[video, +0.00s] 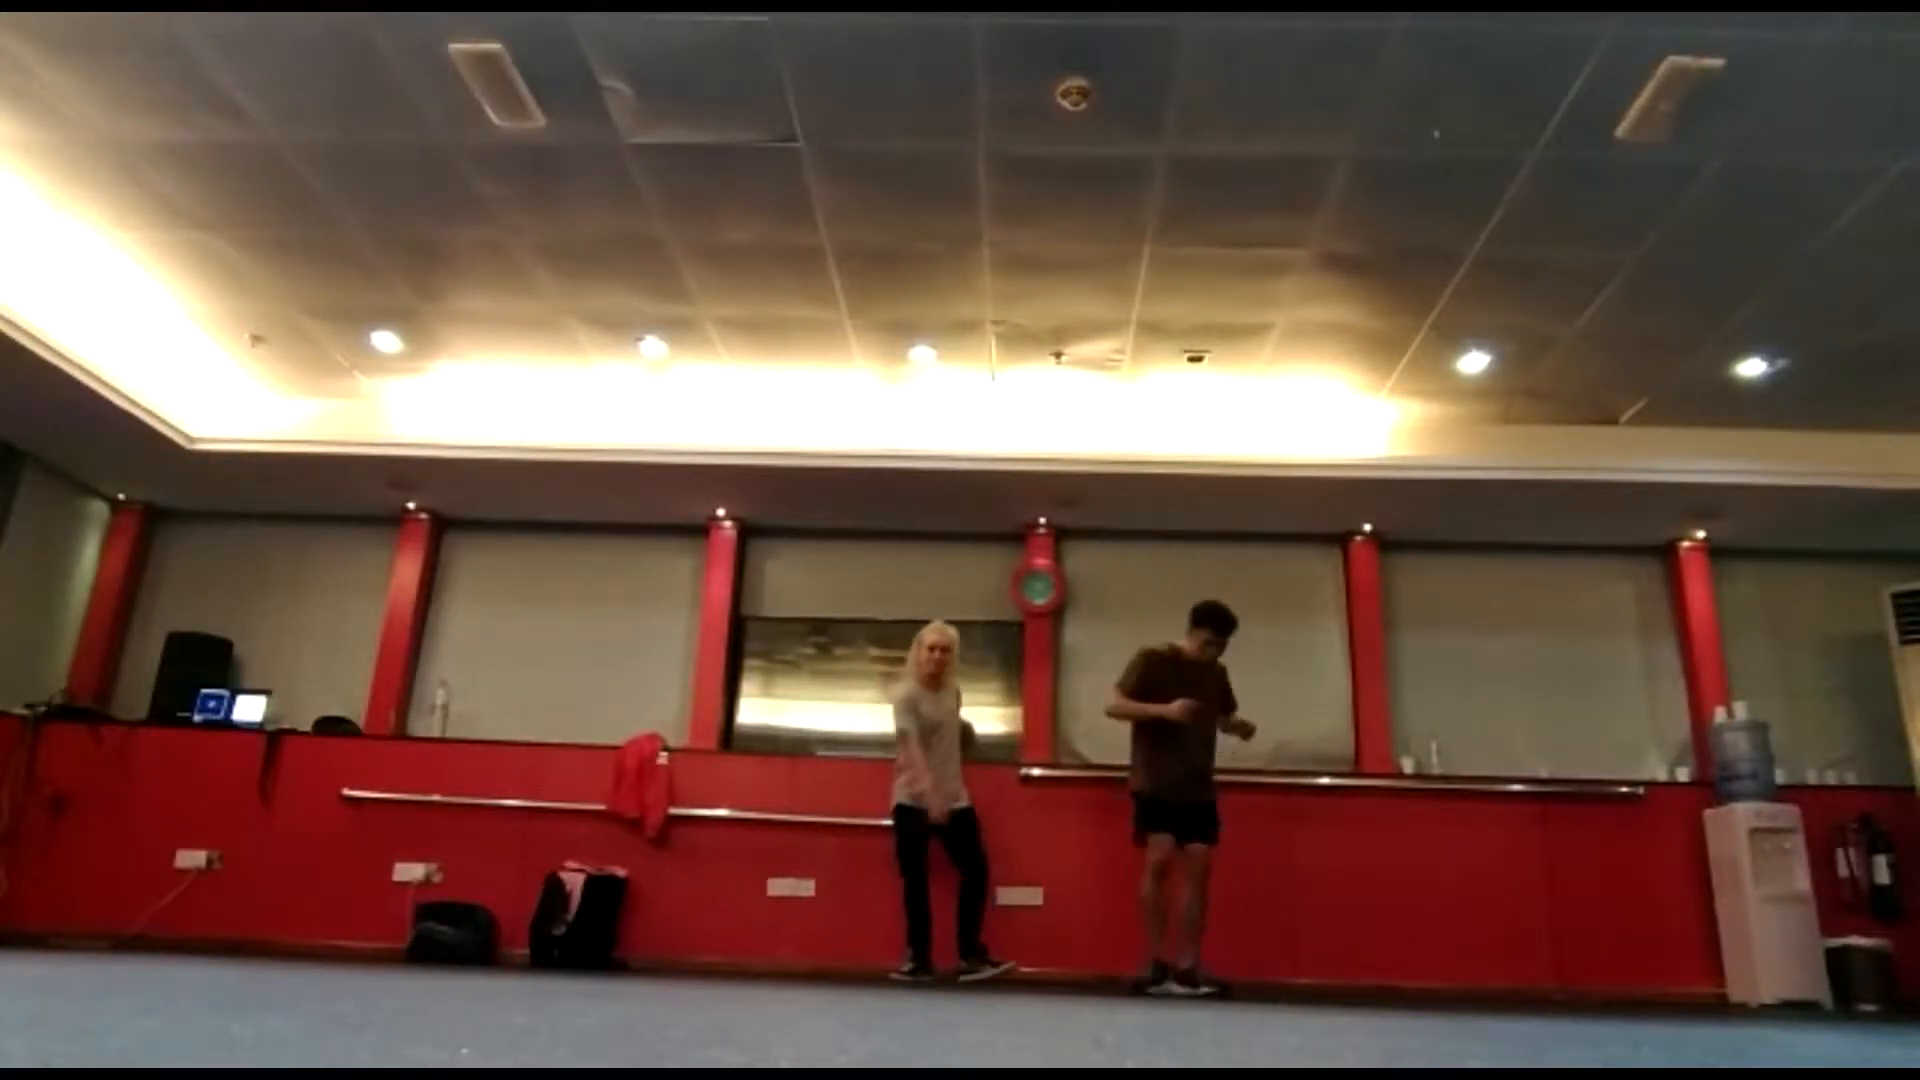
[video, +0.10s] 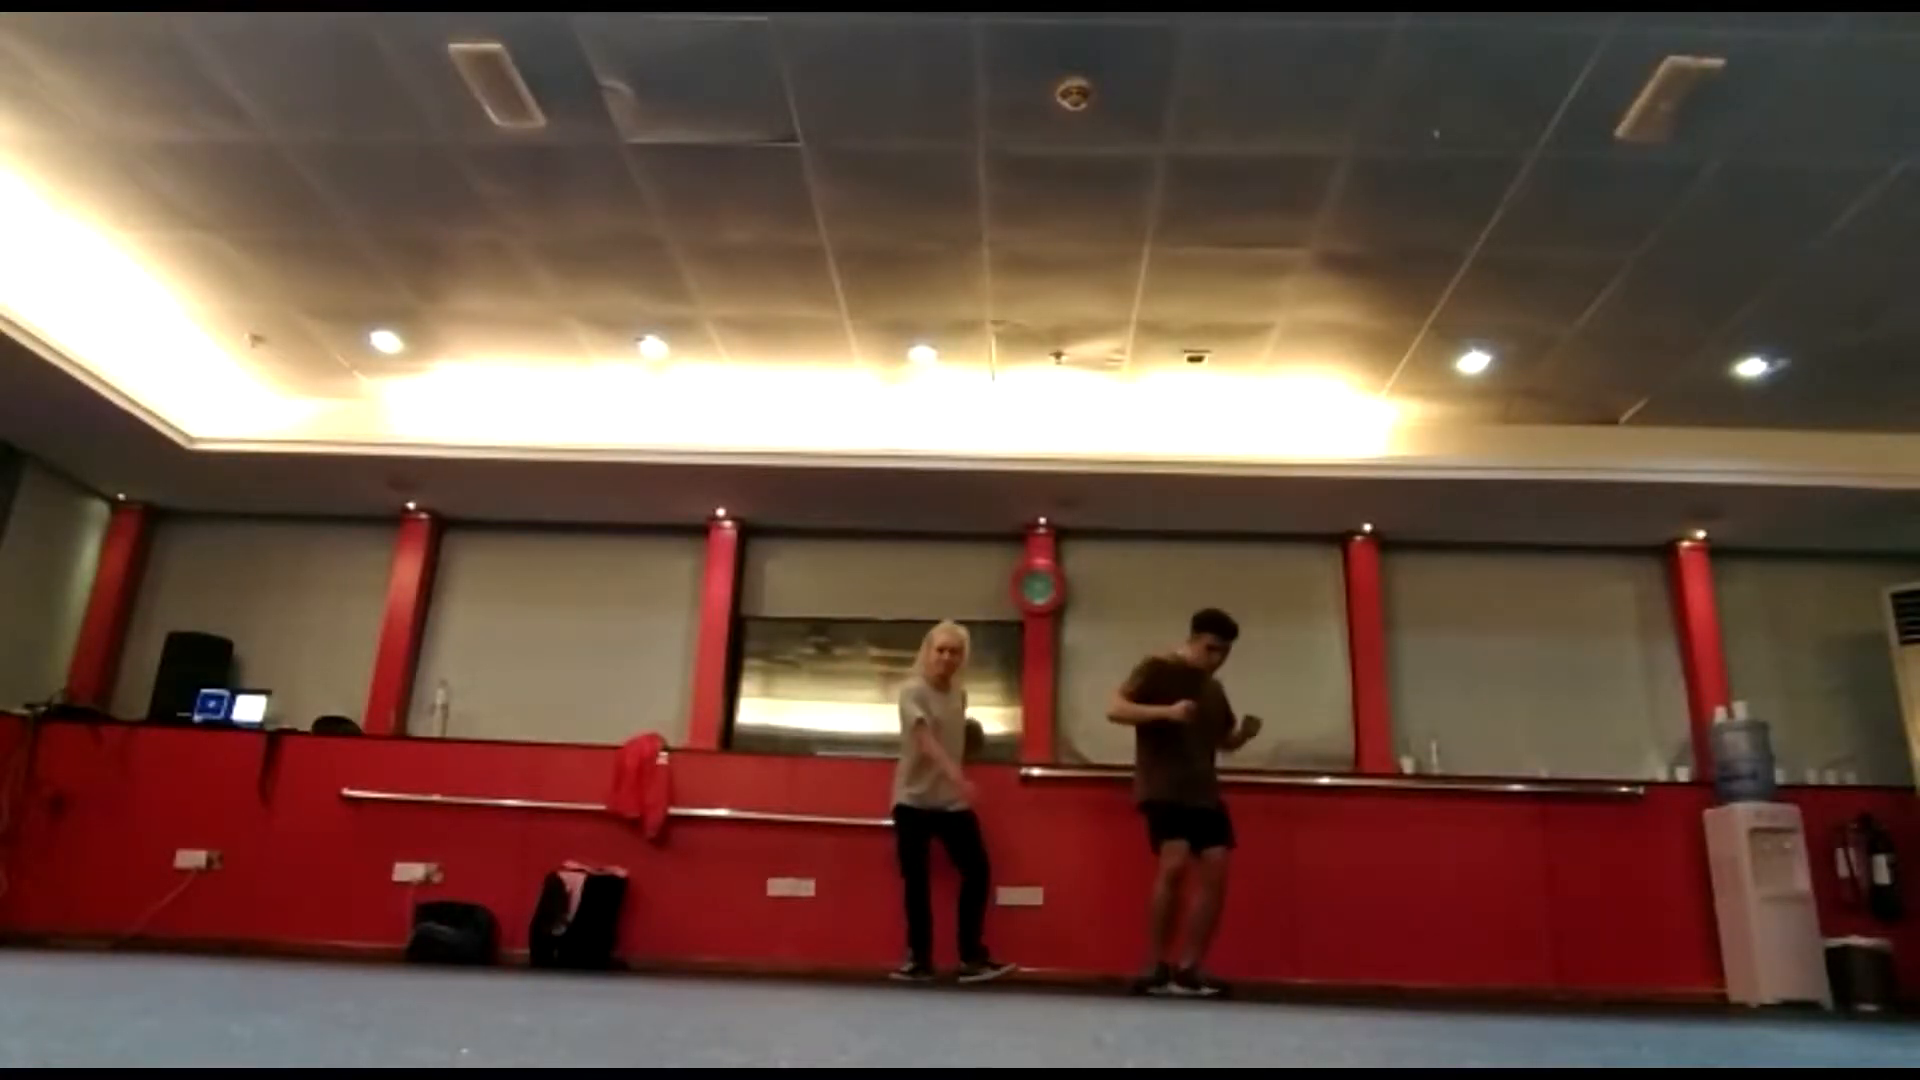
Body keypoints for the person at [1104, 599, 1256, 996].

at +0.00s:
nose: (1211, 655)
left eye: (1217, 648)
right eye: (1208, 645)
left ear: (1222, 644)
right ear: (1193, 633)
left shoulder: (1214, 673)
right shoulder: (1151, 662)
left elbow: (1223, 718)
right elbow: (1115, 705)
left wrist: (1238, 727)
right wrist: (1165, 709)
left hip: (1197, 786)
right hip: (1155, 785)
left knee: (1197, 869)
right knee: (1158, 863)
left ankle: (1188, 965)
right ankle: (1155, 961)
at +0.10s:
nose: (1217, 661)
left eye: (1222, 653)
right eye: (1213, 651)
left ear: (1223, 652)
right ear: (1196, 641)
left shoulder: (1211, 688)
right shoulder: (1156, 669)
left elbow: (1224, 741)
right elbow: (1117, 709)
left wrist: (1244, 733)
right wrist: (1167, 711)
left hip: (1202, 793)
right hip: (1163, 791)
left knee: (1215, 870)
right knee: (1174, 862)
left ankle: (1189, 967)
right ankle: (1157, 965)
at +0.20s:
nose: (1215, 667)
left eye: (1222, 660)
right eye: (1210, 656)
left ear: (1224, 661)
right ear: (1193, 648)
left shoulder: (1211, 704)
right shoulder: (1158, 678)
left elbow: (1226, 758)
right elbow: (1122, 719)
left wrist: (1247, 740)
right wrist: (1172, 715)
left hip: (1203, 799)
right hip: (1163, 796)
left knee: (1225, 869)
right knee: (1179, 863)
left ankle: (1190, 966)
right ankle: (1158, 964)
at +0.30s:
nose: (1216, 663)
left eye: (1224, 656)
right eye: (1210, 653)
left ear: (1229, 661)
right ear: (1192, 650)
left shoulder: (1221, 708)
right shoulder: (1161, 678)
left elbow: (1225, 766)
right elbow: (1124, 720)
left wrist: (1249, 747)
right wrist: (1170, 718)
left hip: (1203, 801)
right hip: (1161, 796)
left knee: (1221, 876)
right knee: (1170, 863)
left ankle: (1190, 967)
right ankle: (1158, 964)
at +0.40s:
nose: (1215, 655)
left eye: (1223, 648)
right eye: (1209, 645)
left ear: (1230, 653)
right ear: (1193, 645)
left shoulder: (1228, 703)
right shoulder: (1162, 674)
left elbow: (1226, 763)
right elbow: (1119, 715)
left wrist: (1249, 746)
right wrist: (1161, 719)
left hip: (1199, 795)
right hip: (1155, 790)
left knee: (1215, 877)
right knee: (1156, 860)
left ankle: (1190, 966)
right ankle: (1152, 961)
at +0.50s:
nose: (1202, 640)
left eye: (1210, 633)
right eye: (1195, 631)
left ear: (1220, 637)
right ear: (1182, 633)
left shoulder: (1227, 687)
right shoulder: (1154, 668)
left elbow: (1249, 733)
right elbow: (1113, 705)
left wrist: (1233, 755)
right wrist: (1142, 708)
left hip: (1198, 787)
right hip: (1150, 783)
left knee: (1203, 868)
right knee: (1139, 854)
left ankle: (1190, 966)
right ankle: (1138, 957)